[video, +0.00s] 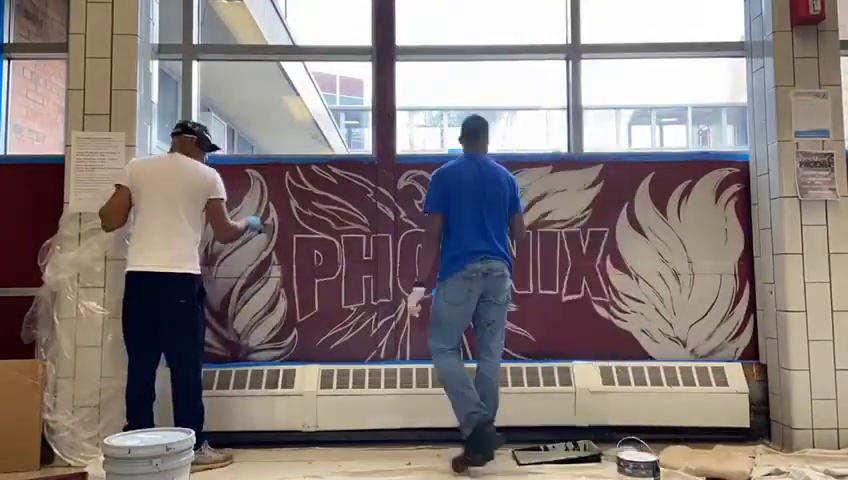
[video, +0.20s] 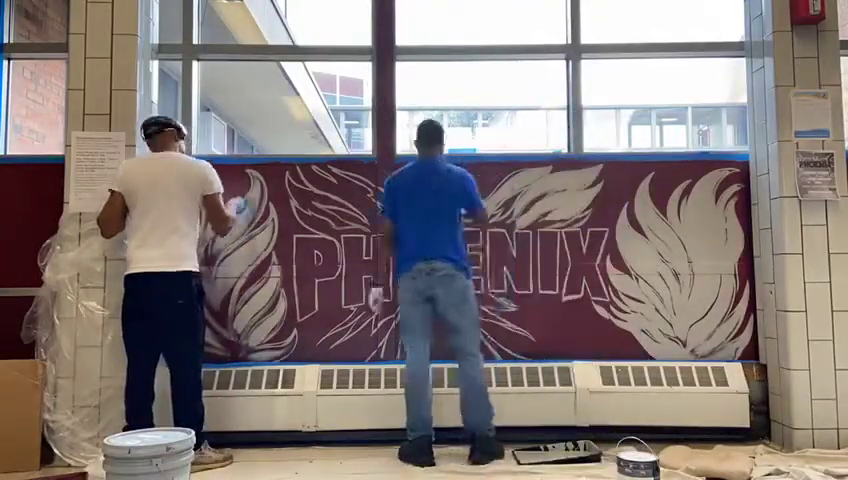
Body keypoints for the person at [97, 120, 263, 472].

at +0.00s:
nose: (206, 157)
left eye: (207, 153)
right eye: (205, 152)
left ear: (175, 141)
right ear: (193, 143)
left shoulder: (139, 168)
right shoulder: (207, 176)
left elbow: (108, 220)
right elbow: (225, 232)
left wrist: (131, 196)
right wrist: (248, 222)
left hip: (138, 282)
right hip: (181, 284)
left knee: (140, 368)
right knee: (187, 371)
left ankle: (139, 449)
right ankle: (194, 448)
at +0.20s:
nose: (184, 147)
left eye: (181, 142)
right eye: (183, 141)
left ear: (149, 143)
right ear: (179, 138)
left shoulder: (130, 170)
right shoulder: (200, 169)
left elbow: (107, 226)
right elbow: (221, 224)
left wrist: (131, 203)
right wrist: (230, 210)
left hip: (139, 283)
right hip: (182, 283)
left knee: (139, 368)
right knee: (186, 368)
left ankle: (138, 449)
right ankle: (194, 448)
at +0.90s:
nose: (176, 149)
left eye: (171, 144)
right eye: (178, 144)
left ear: (145, 142)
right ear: (176, 142)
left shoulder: (120, 172)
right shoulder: (192, 175)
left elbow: (100, 229)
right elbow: (206, 235)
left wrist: (126, 207)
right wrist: (207, 252)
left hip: (130, 285)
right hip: (174, 286)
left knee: (134, 369)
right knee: (183, 369)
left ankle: (137, 448)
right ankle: (192, 447)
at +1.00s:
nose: (199, 141)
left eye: (201, 134)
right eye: (194, 133)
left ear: (167, 131)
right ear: (170, 129)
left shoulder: (142, 161)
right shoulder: (160, 162)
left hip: (136, 281)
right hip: (146, 283)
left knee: (147, 365)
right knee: (162, 361)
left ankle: (140, 447)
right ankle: (142, 448)